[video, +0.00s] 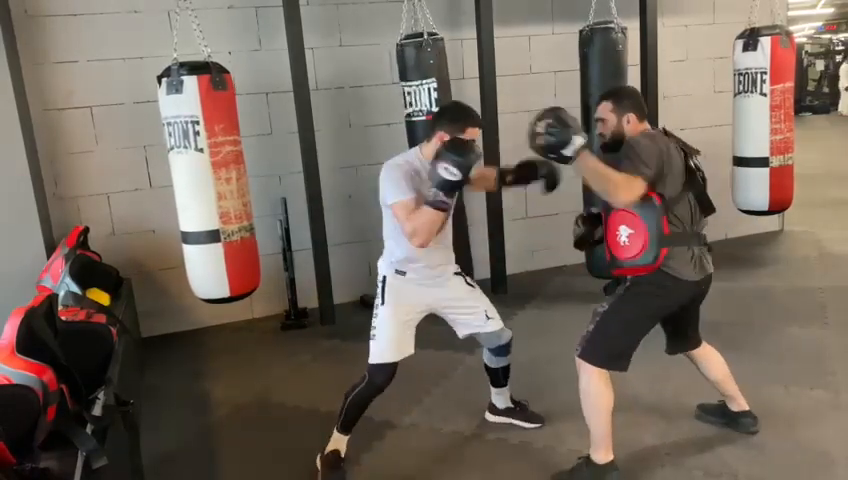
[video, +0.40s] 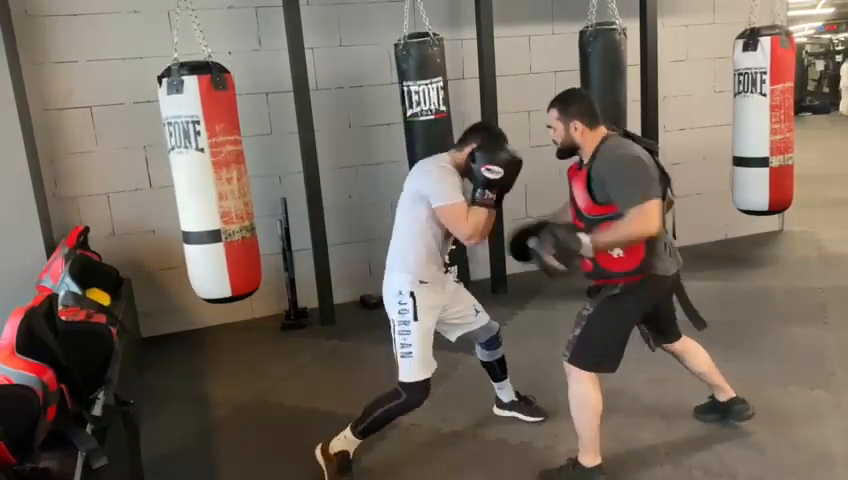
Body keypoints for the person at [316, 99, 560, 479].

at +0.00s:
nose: (473, 150)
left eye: (474, 143)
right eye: (467, 142)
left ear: (455, 140)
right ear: (440, 136)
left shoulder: (452, 166)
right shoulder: (396, 171)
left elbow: (484, 180)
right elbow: (419, 235)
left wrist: (529, 174)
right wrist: (447, 185)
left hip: (446, 276)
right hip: (400, 282)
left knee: (498, 339)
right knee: (380, 376)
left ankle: (501, 405)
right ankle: (336, 446)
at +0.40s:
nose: (484, 168)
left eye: (488, 163)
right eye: (485, 161)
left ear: (468, 149)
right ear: (472, 151)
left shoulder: (455, 176)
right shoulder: (434, 172)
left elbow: (480, 235)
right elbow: (470, 233)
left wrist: (494, 194)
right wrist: (485, 191)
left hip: (441, 281)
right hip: (409, 287)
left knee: (488, 333)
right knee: (414, 390)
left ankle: (507, 400)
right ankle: (339, 447)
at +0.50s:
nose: (488, 182)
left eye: (491, 177)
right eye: (490, 176)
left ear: (468, 162)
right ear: (478, 168)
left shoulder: (440, 182)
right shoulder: (453, 183)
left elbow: (453, 248)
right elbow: (487, 246)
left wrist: (493, 213)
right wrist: (499, 203)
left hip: (438, 290)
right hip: (409, 299)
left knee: (491, 336)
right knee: (404, 403)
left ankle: (506, 399)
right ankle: (330, 455)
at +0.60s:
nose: (493, 178)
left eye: (495, 173)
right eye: (494, 171)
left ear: (478, 160)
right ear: (482, 162)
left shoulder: (453, 185)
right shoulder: (443, 179)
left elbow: (455, 240)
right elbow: (473, 238)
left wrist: (491, 224)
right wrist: (499, 210)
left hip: (445, 291)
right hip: (410, 298)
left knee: (505, 344)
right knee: (398, 399)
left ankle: (507, 401)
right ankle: (331, 456)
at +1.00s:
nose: (475, 147)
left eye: (476, 139)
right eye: (469, 139)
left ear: (462, 140)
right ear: (443, 134)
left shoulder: (458, 157)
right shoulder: (398, 161)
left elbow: (482, 169)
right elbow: (407, 230)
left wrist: (518, 160)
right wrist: (438, 186)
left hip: (442, 267)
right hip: (396, 270)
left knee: (489, 335)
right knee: (376, 360)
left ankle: (508, 399)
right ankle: (339, 433)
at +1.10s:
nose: (464, 137)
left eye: (466, 131)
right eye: (458, 130)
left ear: (450, 133)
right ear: (432, 130)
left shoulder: (451, 152)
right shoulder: (393, 161)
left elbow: (483, 155)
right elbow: (408, 225)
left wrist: (515, 149)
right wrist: (443, 185)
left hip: (434, 263)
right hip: (390, 267)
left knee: (480, 334)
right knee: (368, 358)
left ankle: (481, 396)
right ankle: (336, 428)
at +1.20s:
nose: (454, 139)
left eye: (456, 132)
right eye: (448, 131)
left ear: (442, 133)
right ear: (424, 131)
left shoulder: (441, 162)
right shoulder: (386, 166)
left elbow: (473, 194)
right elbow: (405, 229)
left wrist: (484, 177)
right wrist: (437, 187)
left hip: (427, 273)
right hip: (381, 278)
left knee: (474, 333)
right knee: (352, 365)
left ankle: (484, 397)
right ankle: (318, 423)